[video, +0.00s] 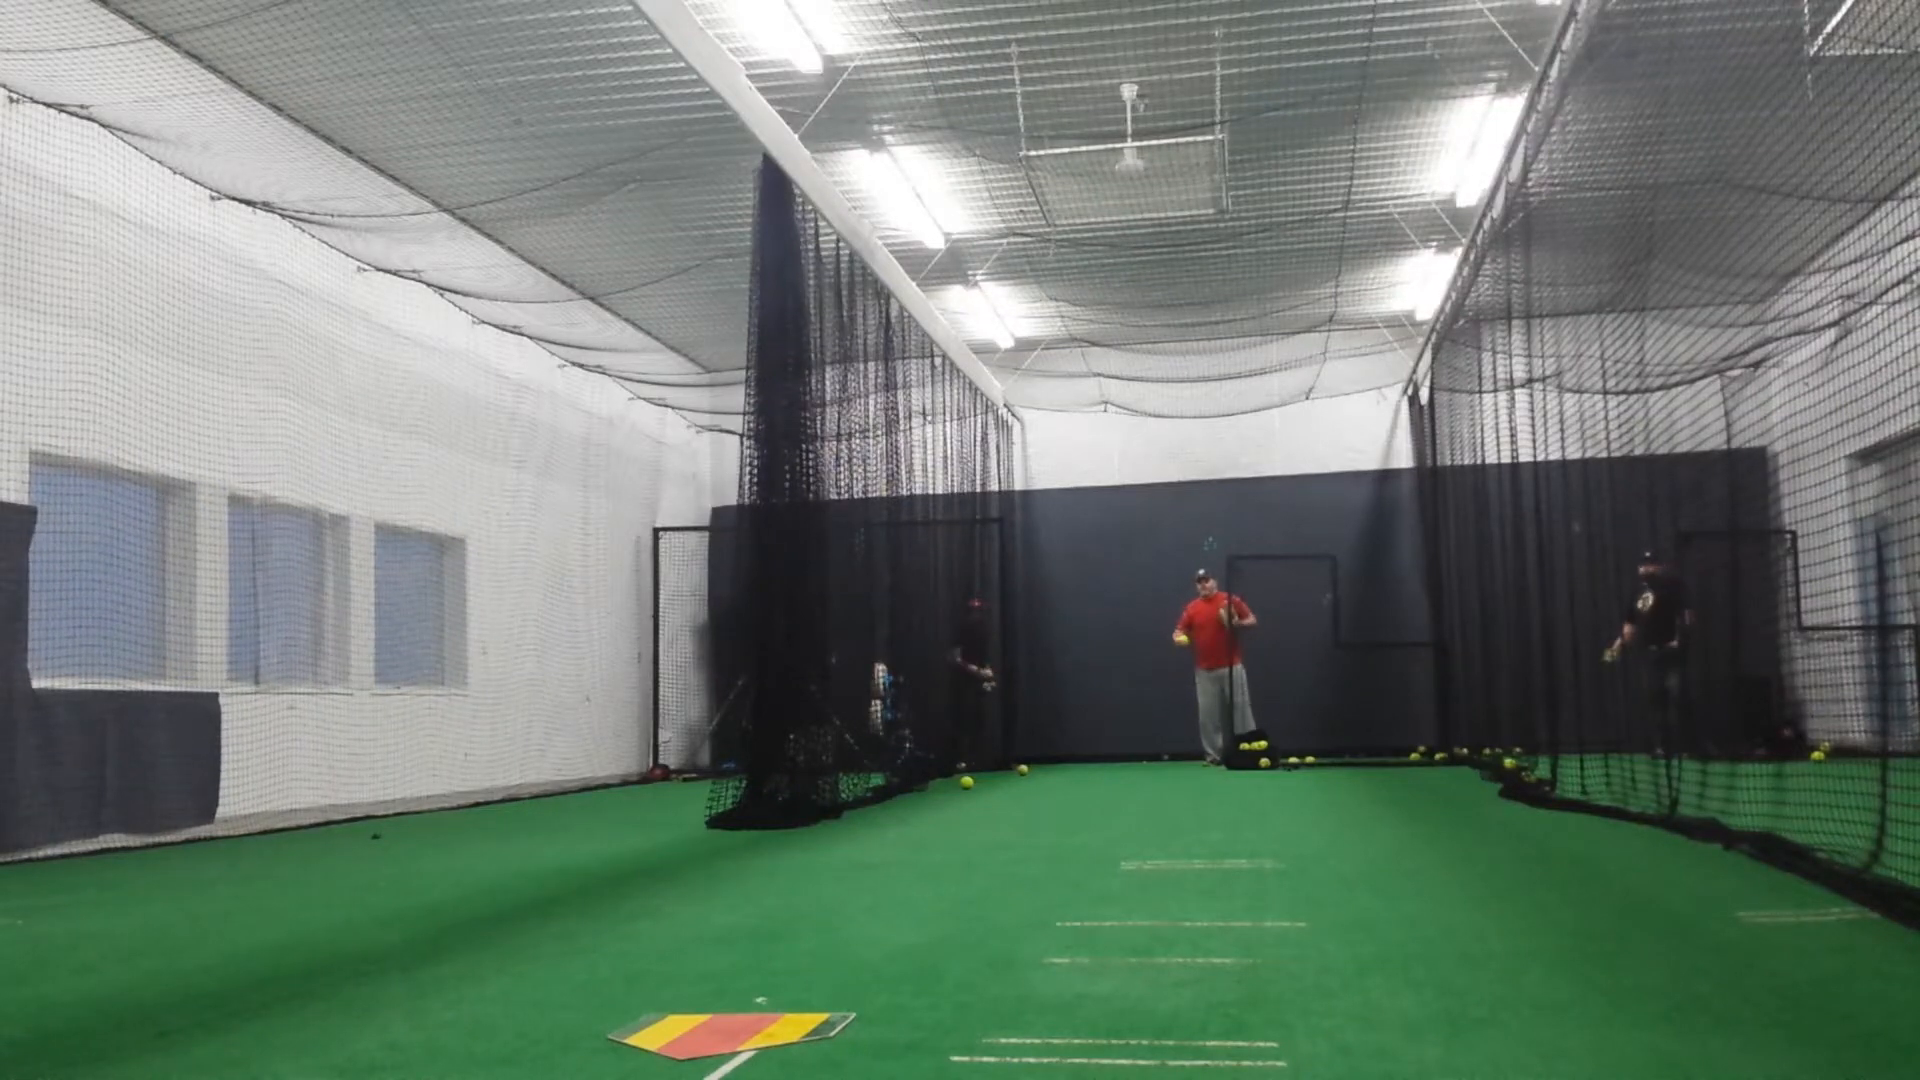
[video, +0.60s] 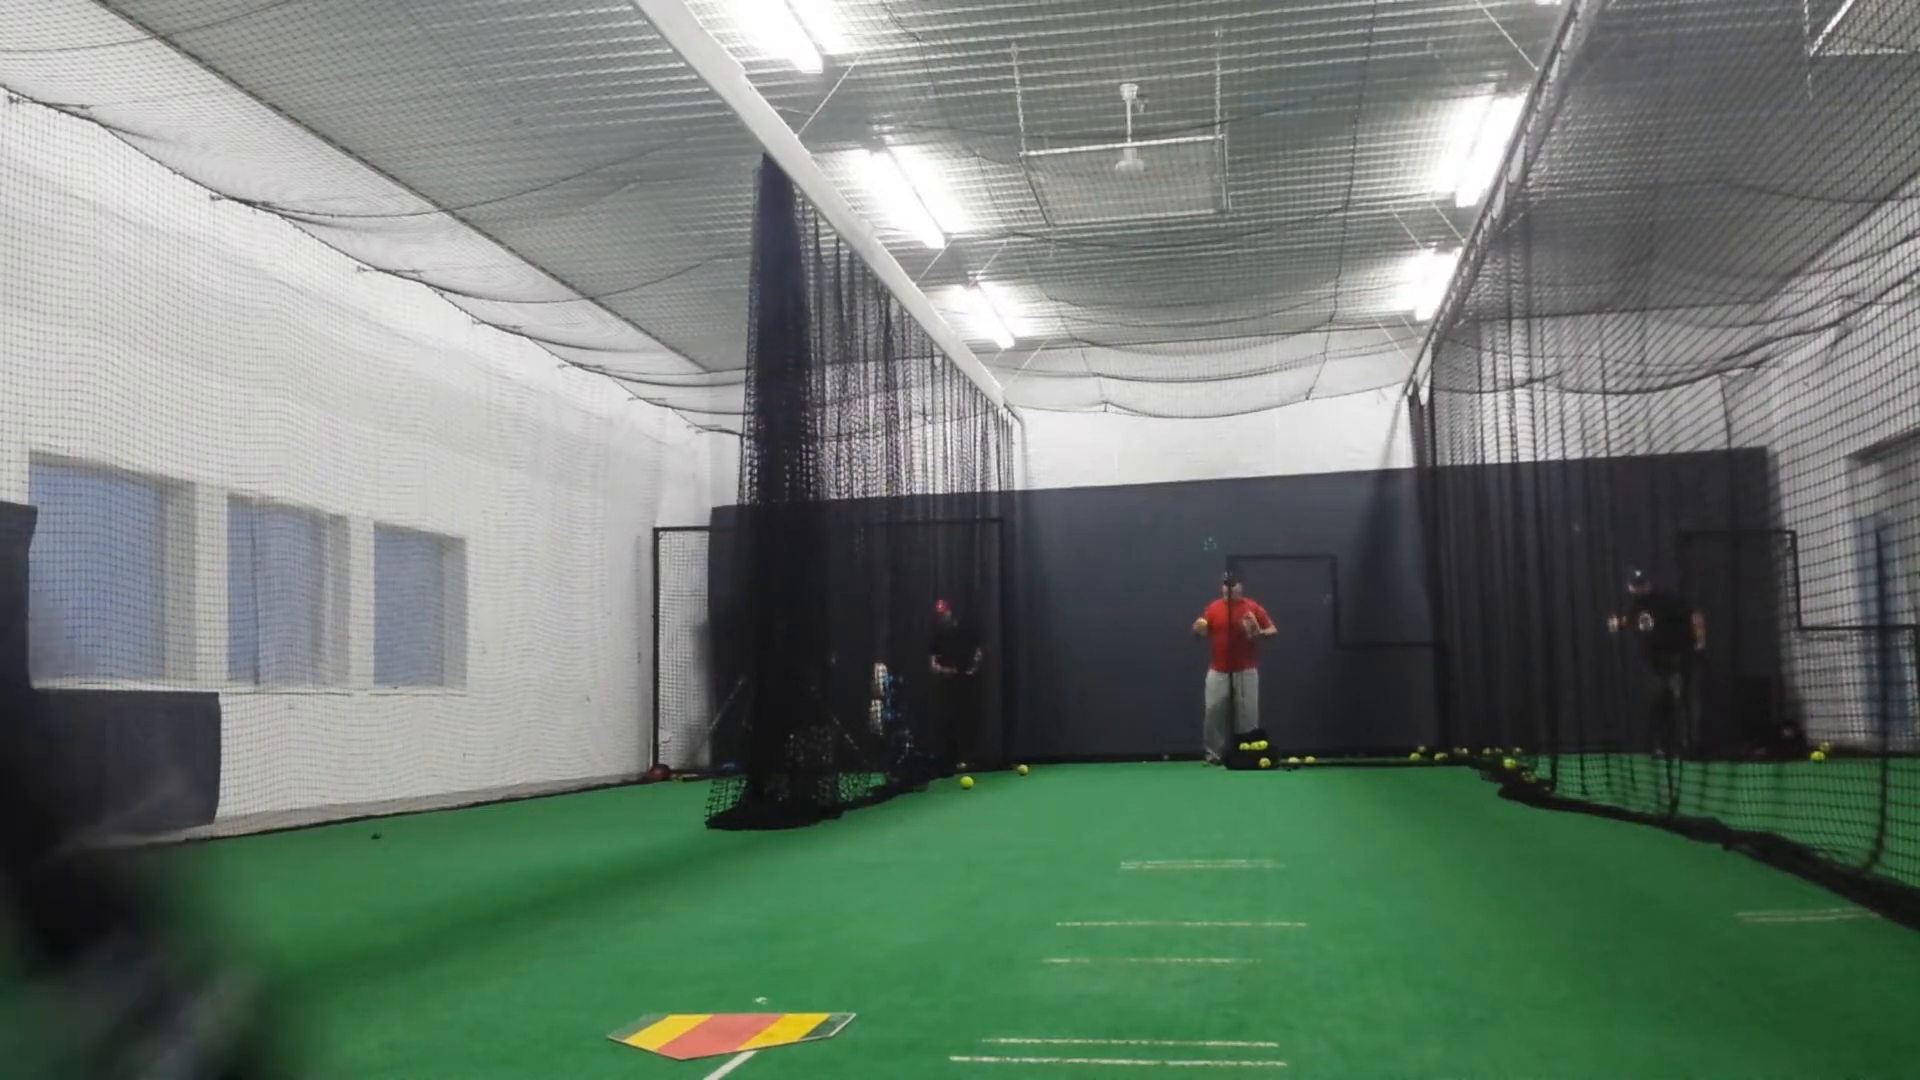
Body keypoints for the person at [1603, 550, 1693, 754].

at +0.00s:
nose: (1646, 572)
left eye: (1651, 567)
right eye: (1642, 567)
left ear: (1661, 568)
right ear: (1639, 569)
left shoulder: (1674, 590)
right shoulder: (1641, 594)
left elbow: (1685, 617)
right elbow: (1631, 626)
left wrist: (1679, 640)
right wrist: (1617, 647)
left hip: (1672, 649)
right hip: (1649, 650)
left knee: (1677, 695)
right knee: (1653, 697)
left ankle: (1683, 743)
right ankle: (1659, 744)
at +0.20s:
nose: (1639, 574)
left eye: (1644, 568)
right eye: (1637, 569)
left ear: (1655, 569)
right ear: (1635, 572)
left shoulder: (1667, 588)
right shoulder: (1643, 595)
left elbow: (1677, 613)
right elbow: (1627, 618)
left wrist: (1676, 639)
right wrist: (1602, 627)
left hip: (1669, 649)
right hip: (1649, 650)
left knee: (1672, 695)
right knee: (1653, 697)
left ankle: (1677, 744)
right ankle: (1658, 744)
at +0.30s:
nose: (1637, 576)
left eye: (1641, 571)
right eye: (1634, 572)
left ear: (1651, 571)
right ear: (1631, 574)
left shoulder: (1665, 590)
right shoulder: (1637, 594)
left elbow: (1677, 614)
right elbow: (1624, 610)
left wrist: (1677, 639)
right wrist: (1606, 611)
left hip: (1668, 648)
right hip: (1648, 649)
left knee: (1674, 695)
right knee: (1653, 697)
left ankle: (1681, 741)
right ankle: (1658, 743)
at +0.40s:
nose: (1637, 579)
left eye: (1640, 574)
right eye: (1633, 575)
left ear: (1648, 573)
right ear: (1629, 577)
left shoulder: (1661, 591)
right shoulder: (1635, 594)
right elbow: (1625, 605)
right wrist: (1610, 600)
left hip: (1671, 648)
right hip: (1650, 650)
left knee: (1674, 696)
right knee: (1654, 696)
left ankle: (1679, 741)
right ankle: (1659, 743)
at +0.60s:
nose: (1637, 591)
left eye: (1640, 586)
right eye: (1634, 587)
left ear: (1648, 584)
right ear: (1630, 588)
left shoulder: (1666, 599)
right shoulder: (1636, 603)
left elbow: (1694, 616)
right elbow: (1630, 621)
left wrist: (1699, 640)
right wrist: (1617, 624)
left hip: (1679, 651)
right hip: (1655, 652)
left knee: (1681, 697)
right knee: (1658, 696)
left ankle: (1685, 742)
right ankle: (1659, 743)